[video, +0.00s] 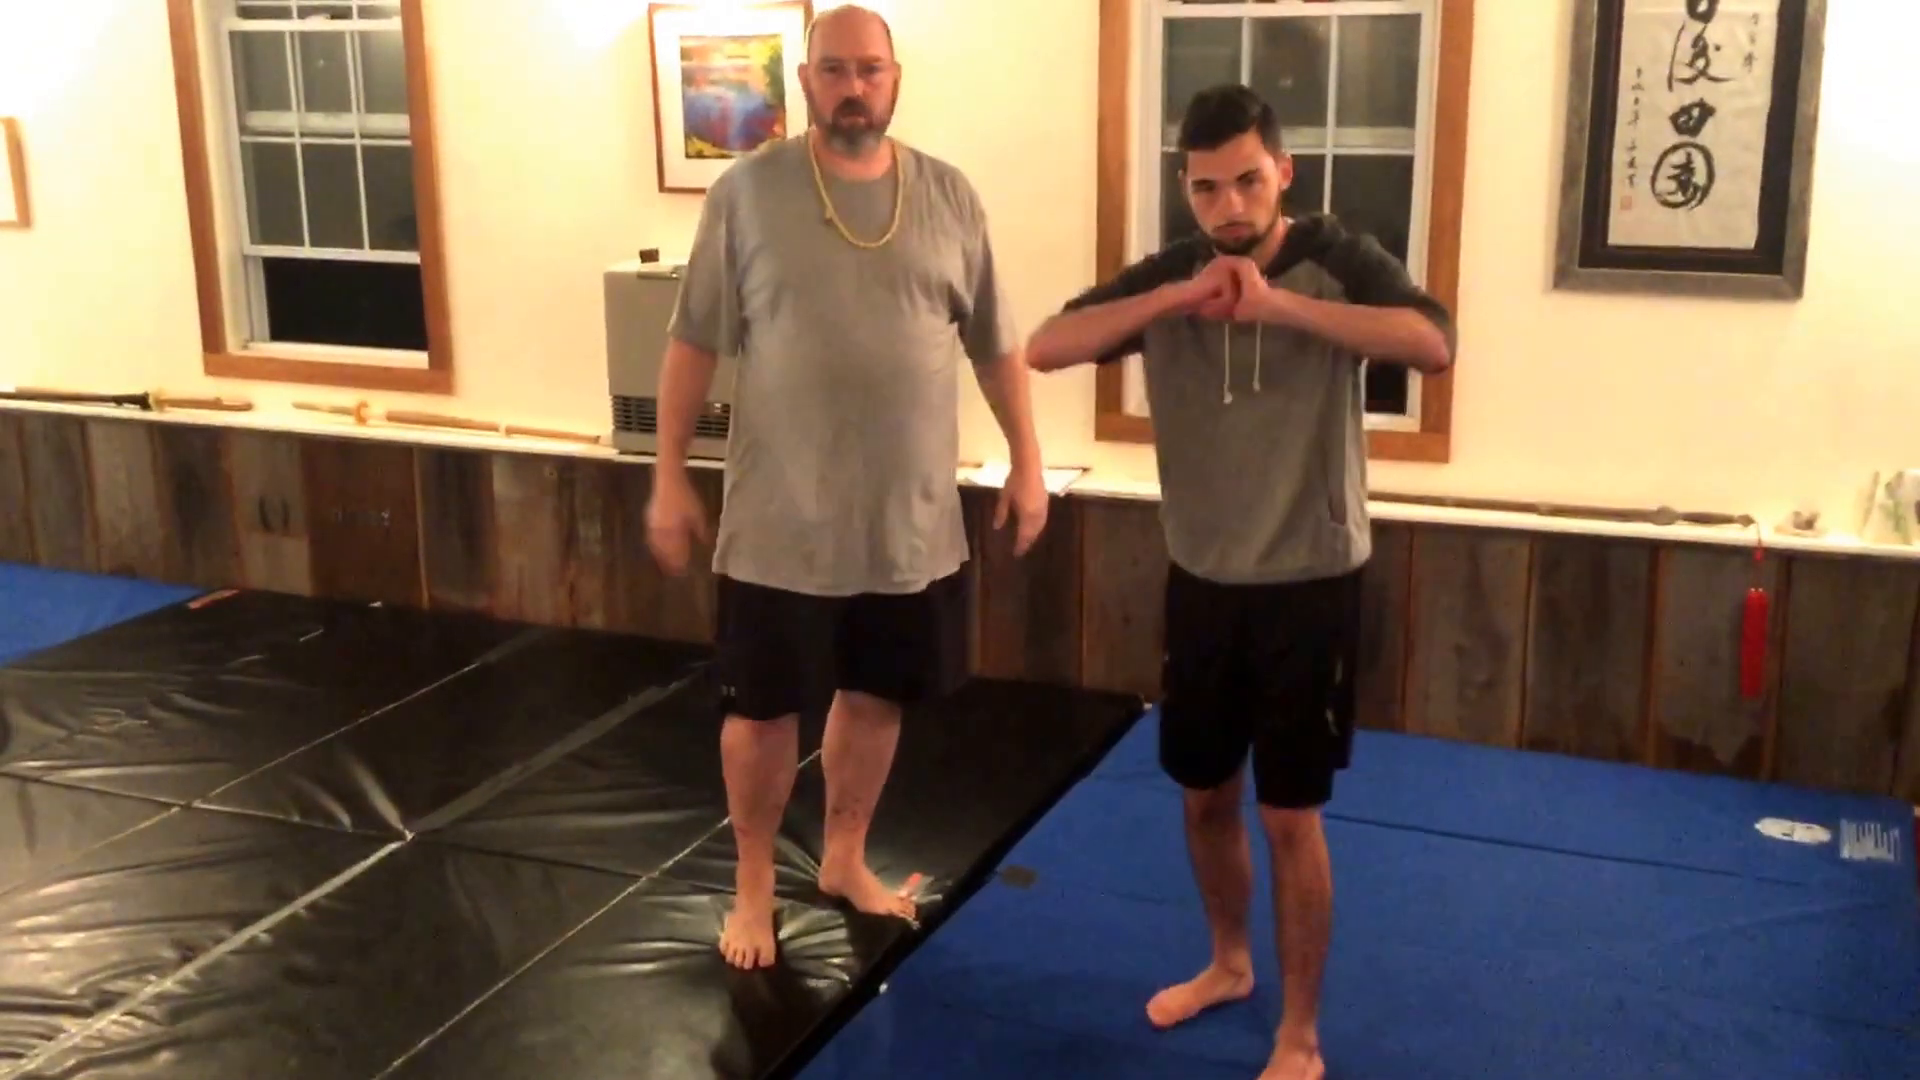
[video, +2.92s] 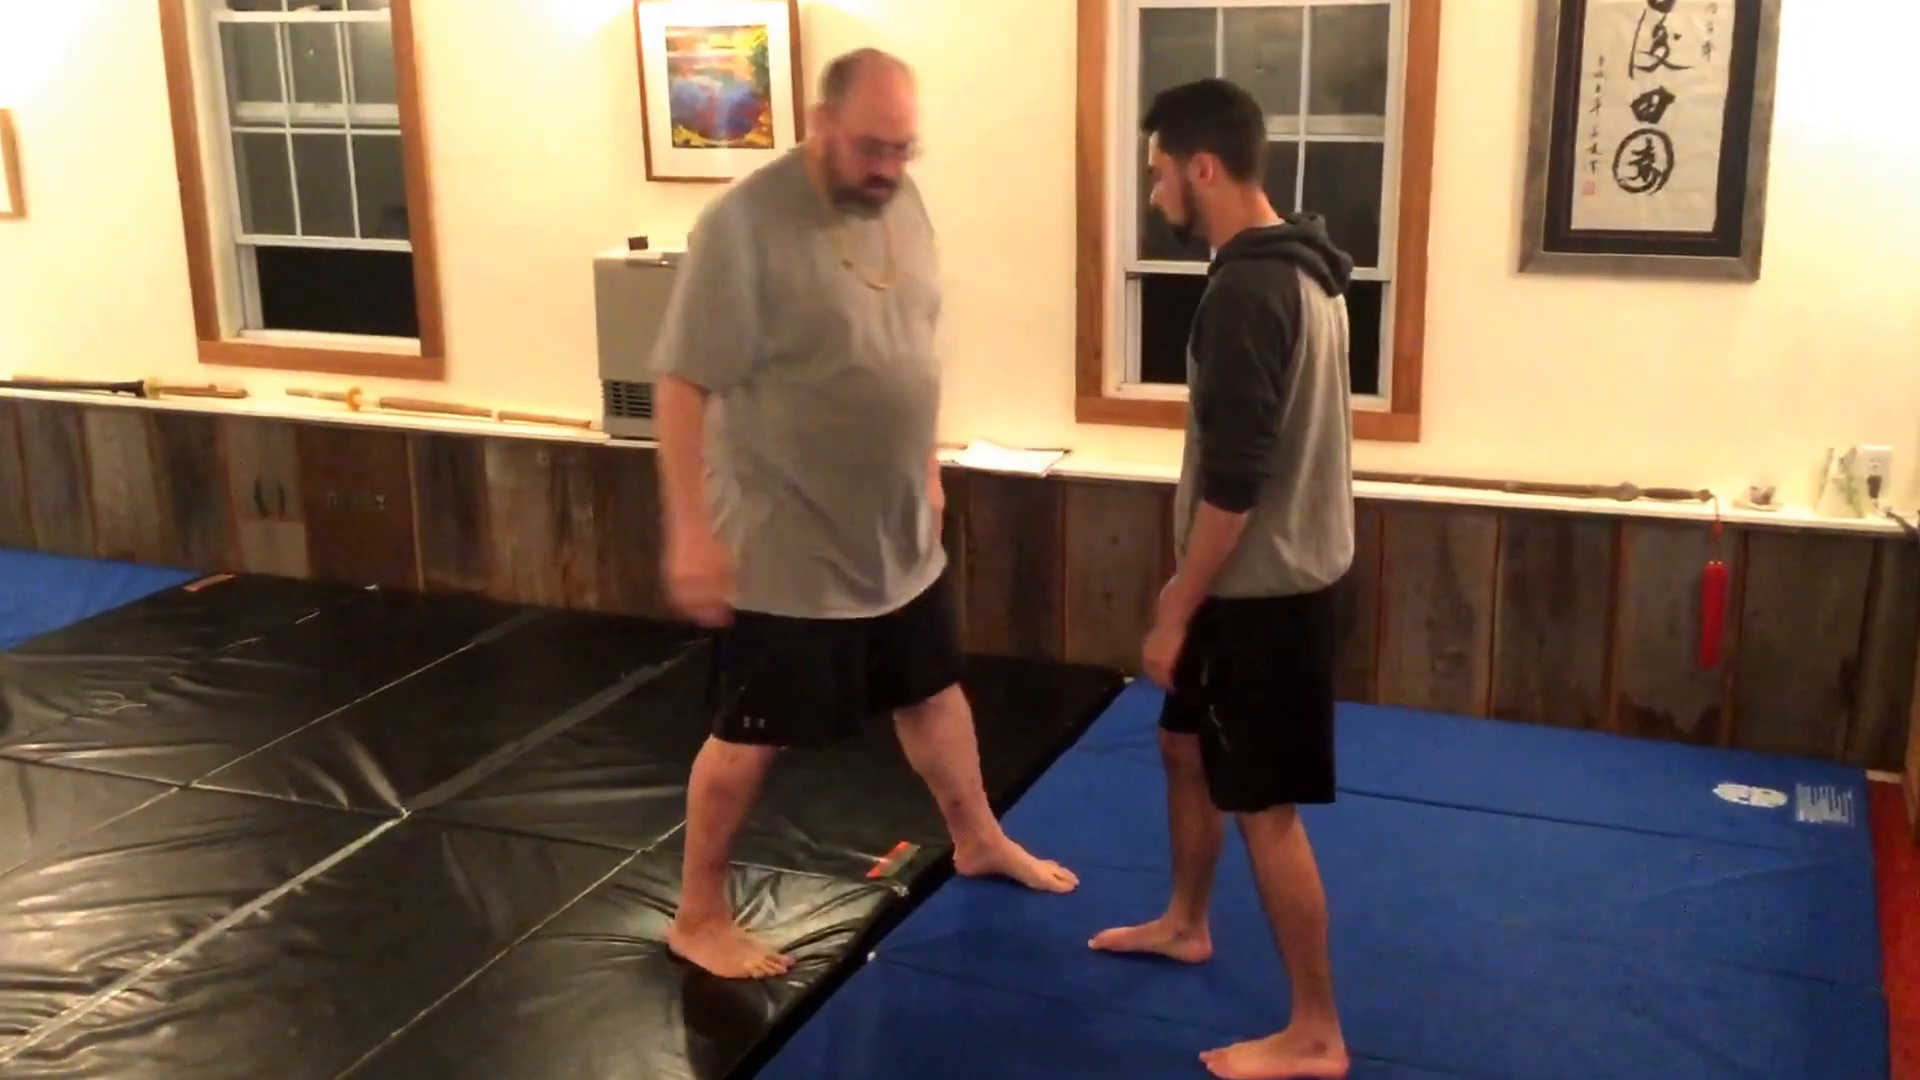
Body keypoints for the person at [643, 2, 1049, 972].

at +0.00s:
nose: (853, 88)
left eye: (870, 70)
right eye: (834, 70)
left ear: (898, 78)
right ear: (805, 78)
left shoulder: (947, 196)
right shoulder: (746, 192)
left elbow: (993, 340)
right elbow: (694, 340)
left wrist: (1028, 463)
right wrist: (668, 478)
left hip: (907, 509)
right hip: (778, 508)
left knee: (878, 695)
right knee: (761, 710)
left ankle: (846, 862)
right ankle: (752, 888)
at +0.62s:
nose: (833, 121)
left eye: (847, 101)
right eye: (812, 102)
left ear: (862, 96)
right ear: (767, 96)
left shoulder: (893, 191)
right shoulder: (692, 200)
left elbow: (944, 330)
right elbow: (639, 347)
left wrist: (989, 448)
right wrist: (733, 369)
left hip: (874, 513)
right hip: (747, 518)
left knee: (874, 697)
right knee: (736, 719)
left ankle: (845, 860)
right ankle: (733, 895)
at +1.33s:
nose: (952, 166)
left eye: (964, 148)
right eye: (939, 143)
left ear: (969, 141)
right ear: (884, 117)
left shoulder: (942, 211)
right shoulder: (794, 207)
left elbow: (951, 353)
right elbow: (733, 357)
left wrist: (977, 459)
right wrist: (868, 409)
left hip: (926, 515)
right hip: (807, 525)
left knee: (954, 692)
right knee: (770, 718)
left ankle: (992, 861)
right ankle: (733, 884)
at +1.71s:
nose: (1086, 185)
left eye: (1099, 169)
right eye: (1078, 162)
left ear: (1102, 150)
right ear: (1030, 121)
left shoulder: (1064, 211)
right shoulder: (915, 191)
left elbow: (1078, 342)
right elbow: (826, 324)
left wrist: (1118, 448)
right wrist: (811, 473)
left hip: (1009, 497)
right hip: (906, 496)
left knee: (995, 677)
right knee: (910, 683)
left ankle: (990, 851)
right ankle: (856, 836)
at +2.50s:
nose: (1064, 195)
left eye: (1079, 180)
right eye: (1055, 173)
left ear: (1082, 167)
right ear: (1004, 134)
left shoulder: (1034, 211)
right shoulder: (904, 199)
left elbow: (1028, 348)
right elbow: (830, 349)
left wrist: (1075, 438)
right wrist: (877, 492)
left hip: (973, 514)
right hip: (857, 513)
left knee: (993, 673)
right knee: (799, 695)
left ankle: (983, 842)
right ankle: (716, 887)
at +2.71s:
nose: (965, 190)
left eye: (978, 172)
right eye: (954, 168)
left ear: (984, 158)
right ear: (897, 138)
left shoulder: (946, 219)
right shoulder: (808, 224)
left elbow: (963, 351)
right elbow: (750, 380)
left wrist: (1006, 456)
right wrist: (802, 521)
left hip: (930, 533)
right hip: (818, 543)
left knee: (969, 685)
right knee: (766, 729)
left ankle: (981, 840)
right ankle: (703, 910)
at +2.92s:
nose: (890, 169)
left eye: (904, 149)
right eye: (873, 147)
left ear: (914, 136)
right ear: (819, 124)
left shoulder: (908, 210)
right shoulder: (744, 221)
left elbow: (912, 361)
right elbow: (680, 383)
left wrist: (927, 476)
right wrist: (690, 533)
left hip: (896, 521)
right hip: (784, 539)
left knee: (932, 692)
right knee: (747, 735)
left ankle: (979, 840)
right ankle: (699, 914)